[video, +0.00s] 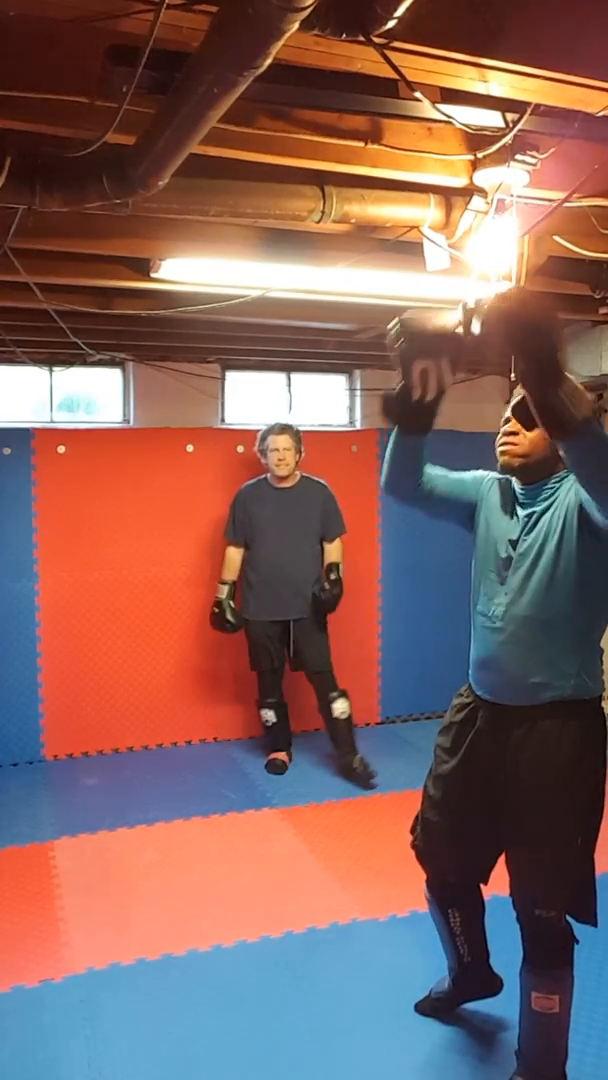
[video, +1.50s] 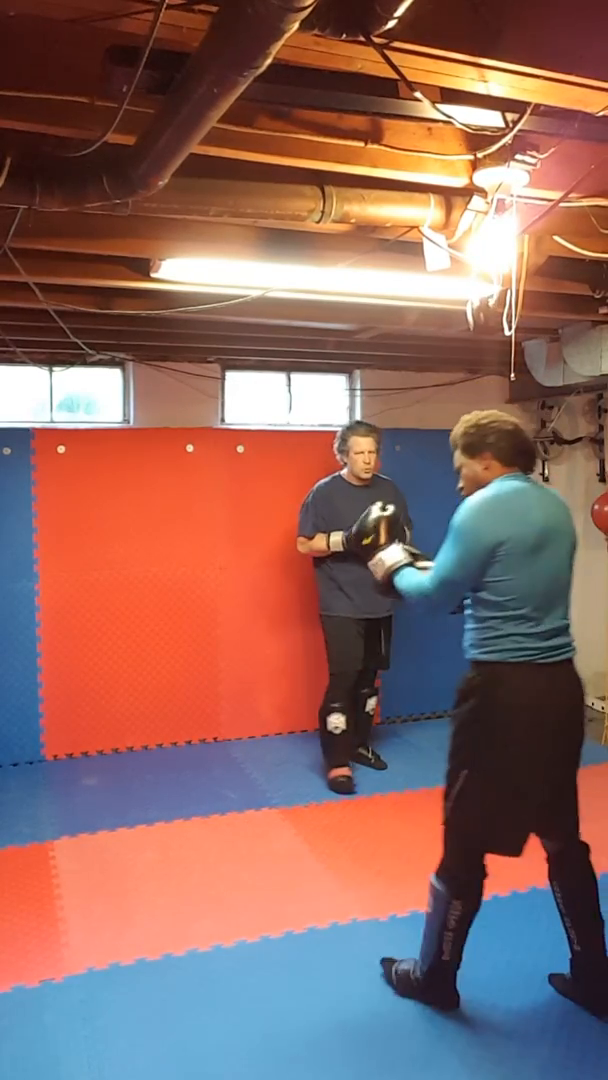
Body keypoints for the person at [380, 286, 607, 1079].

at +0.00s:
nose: (510, 428)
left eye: (525, 421)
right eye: (507, 417)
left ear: (562, 435)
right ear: (502, 429)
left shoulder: (588, 501)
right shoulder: (487, 489)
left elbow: (604, 483)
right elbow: (403, 482)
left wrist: (558, 391)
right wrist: (419, 405)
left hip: (561, 724)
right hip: (479, 713)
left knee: (543, 905)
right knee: (440, 847)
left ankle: (543, 1066)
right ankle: (473, 974)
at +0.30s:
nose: (460, 451)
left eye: (472, 438)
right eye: (463, 437)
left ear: (518, 445)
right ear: (498, 445)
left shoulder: (581, 510)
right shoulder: (481, 516)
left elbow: (598, 564)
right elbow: (447, 593)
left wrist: (596, 505)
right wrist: (380, 571)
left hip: (564, 727)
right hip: (486, 718)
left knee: (543, 901)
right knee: (455, 855)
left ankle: (542, 1067)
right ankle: (474, 973)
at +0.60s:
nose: (453, 472)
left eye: (460, 457)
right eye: (453, 458)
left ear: (502, 454)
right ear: (497, 456)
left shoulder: (570, 515)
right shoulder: (502, 516)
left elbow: (606, 616)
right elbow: (506, 607)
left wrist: (550, 649)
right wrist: (437, 608)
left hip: (560, 728)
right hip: (503, 717)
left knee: (545, 890)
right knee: (505, 854)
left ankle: (544, 1065)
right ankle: (522, 967)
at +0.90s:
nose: (477, 461)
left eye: (480, 448)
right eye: (479, 448)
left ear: (503, 451)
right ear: (538, 446)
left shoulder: (534, 502)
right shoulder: (566, 498)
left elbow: (505, 608)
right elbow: (536, 594)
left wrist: (446, 578)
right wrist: (472, 558)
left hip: (543, 704)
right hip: (573, 698)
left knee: (540, 870)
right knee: (567, 856)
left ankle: (542, 1064)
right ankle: (590, 985)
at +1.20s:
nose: (483, 480)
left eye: (487, 467)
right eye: (481, 469)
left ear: (521, 458)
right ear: (533, 459)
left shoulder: (529, 514)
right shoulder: (585, 505)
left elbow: (474, 601)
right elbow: (530, 591)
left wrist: (418, 575)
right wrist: (453, 567)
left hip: (536, 695)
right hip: (581, 689)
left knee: (500, 856)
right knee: (567, 841)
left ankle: (525, 1047)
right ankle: (598, 982)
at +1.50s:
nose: (457, 478)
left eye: (460, 466)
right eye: (457, 466)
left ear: (485, 461)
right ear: (512, 460)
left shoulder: (481, 512)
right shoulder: (559, 508)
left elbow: (431, 592)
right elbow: (506, 581)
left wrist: (395, 568)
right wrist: (426, 564)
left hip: (500, 690)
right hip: (560, 686)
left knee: (465, 835)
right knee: (561, 832)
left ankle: (436, 976)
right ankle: (593, 977)